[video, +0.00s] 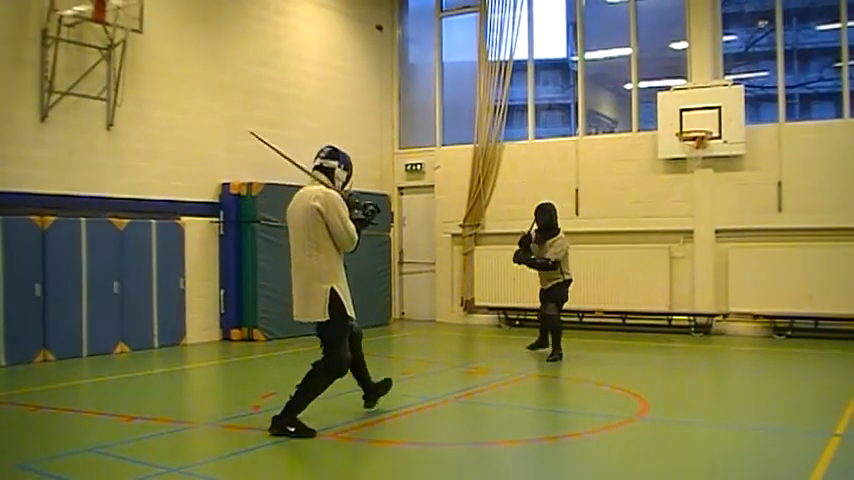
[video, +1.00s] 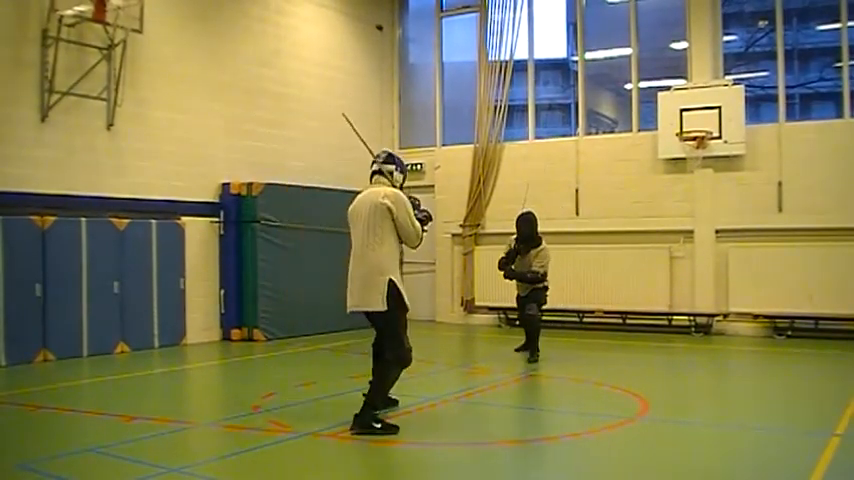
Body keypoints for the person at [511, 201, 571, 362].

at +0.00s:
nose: (538, 222)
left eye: (541, 219)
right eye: (537, 219)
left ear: (551, 219)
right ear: (536, 220)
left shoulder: (560, 241)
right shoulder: (536, 236)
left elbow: (549, 264)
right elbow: (521, 256)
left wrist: (526, 261)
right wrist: (524, 248)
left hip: (560, 281)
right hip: (545, 282)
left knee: (552, 311)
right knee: (543, 311)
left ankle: (557, 349)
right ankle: (543, 338)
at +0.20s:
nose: (534, 223)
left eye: (538, 219)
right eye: (533, 219)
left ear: (547, 220)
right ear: (531, 220)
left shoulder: (555, 243)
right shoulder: (531, 238)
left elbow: (546, 267)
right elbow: (518, 259)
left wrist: (523, 262)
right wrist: (520, 249)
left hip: (551, 284)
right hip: (535, 285)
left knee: (547, 312)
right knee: (533, 313)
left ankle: (555, 348)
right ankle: (539, 341)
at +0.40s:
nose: (529, 221)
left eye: (533, 218)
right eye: (528, 218)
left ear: (543, 218)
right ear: (527, 218)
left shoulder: (550, 241)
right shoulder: (526, 236)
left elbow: (543, 265)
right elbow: (510, 253)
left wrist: (519, 259)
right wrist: (521, 242)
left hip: (544, 282)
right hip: (530, 283)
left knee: (541, 310)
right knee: (530, 313)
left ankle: (542, 346)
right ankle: (538, 340)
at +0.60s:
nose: (526, 225)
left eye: (530, 221)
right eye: (525, 221)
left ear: (539, 222)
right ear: (523, 222)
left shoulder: (547, 244)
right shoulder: (523, 240)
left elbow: (541, 269)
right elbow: (508, 258)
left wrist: (516, 264)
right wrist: (519, 245)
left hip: (541, 285)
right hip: (527, 286)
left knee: (534, 311)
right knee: (529, 316)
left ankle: (536, 347)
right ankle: (539, 341)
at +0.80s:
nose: (523, 228)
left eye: (527, 224)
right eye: (522, 224)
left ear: (535, 224)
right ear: (520, 224)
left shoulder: (544, 246)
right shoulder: (519, 241)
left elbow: (540, 271)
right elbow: (507, 259)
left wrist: (514, 269)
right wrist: (517, 248)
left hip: (539, 286)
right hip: (524, 287)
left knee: (532, 310)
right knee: (525, 315)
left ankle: (534, 347)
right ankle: (531, 338)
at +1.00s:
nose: (522, 237)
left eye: (525, 234)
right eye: (520, 233)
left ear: (533, 231)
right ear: (517, 231)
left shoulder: (542, 251)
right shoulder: (516, 244)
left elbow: (538, 276)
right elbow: (503, 263)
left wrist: (515, 275)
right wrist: (514, 253)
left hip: (536, 288)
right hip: (522, 288)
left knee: (531, 312)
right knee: (523, 316)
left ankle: (534, 348)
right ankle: (528, 340)